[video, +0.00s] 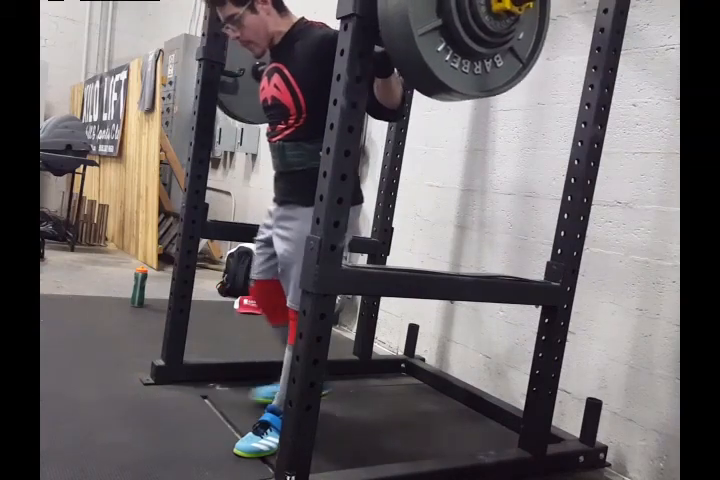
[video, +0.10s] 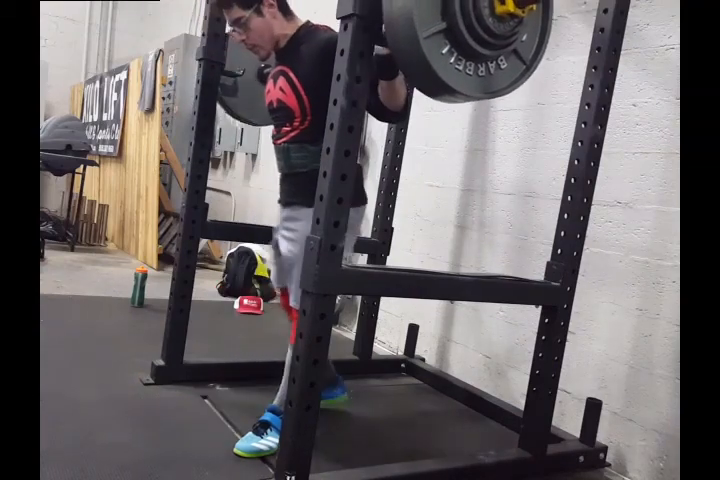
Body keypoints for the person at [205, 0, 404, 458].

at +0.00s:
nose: (234, 36)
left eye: (235, 22)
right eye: (227, 28)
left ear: (264, 5)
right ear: (262, 11)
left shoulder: (321, 43)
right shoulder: (273, 61)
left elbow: (390, 107)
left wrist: (381, 59)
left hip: (318, 210)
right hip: (284, 205)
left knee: (305, 319)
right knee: (264, 289)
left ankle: (284, 417)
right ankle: (302, 375)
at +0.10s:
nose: (237, 37)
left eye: (240, 24)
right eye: (232, 29)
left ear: (270, 8)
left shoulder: (324, 45)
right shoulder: (274, 66)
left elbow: (391, 108)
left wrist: (390, 54)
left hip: (330, 207)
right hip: (293, 204)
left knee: (312, 308)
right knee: (289, 293)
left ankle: (282, 415)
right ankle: (327, 380)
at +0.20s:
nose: (246, 45)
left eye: (248, 31)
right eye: (239, 37)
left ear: (277, 13)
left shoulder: (333, 51)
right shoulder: (282, 68)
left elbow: (398, 113)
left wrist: (391, 66)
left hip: (339, 211)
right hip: (302, 210)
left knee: (314, 311)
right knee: (310, 307)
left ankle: (282, 416)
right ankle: (331, 389)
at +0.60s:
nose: (271, 56)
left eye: (273, 44)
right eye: (265, 48)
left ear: (299, 25)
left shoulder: (359, 61)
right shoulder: (305, 81)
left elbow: (420, 116)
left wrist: (409, 72)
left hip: (370, 202)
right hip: (331, 201)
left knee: (350, 304)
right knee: (320, 300)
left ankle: (353, 415)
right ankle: (323, 391)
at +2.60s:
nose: (293, 52)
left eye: (299, 40)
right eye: (289, 43)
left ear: (331, 31)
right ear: (322, 36)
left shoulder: (390, 79)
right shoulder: (332, 85)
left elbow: (444, 131)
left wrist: (436, 86)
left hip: (387, 218)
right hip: (340, 214)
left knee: (387, 313)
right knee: (337, 303)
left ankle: (377, 424)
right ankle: (318, 380)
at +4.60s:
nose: (312, 30)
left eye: (319, 20)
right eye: (309, 22)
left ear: (349, 20)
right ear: (321, 26)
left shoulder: (389, 76)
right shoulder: (331, 78)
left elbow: (434, 135)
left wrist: (432, 87)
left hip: (378, 214)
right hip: (333, 211)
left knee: (378, 312)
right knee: (329, 301)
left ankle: (376, 423)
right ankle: (318, 379)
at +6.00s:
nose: (314, 24)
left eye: (323, 16)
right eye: (314, 16)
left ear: (352, 23)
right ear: (331, 26)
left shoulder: (388, 77)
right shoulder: (333, 77)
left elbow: (434, 138)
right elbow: (329, 134)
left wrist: (433, 88)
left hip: (381, 214)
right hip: (335, 210)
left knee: (379, 311)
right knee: (330, 300)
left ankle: (376, 424)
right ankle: (318, 379)